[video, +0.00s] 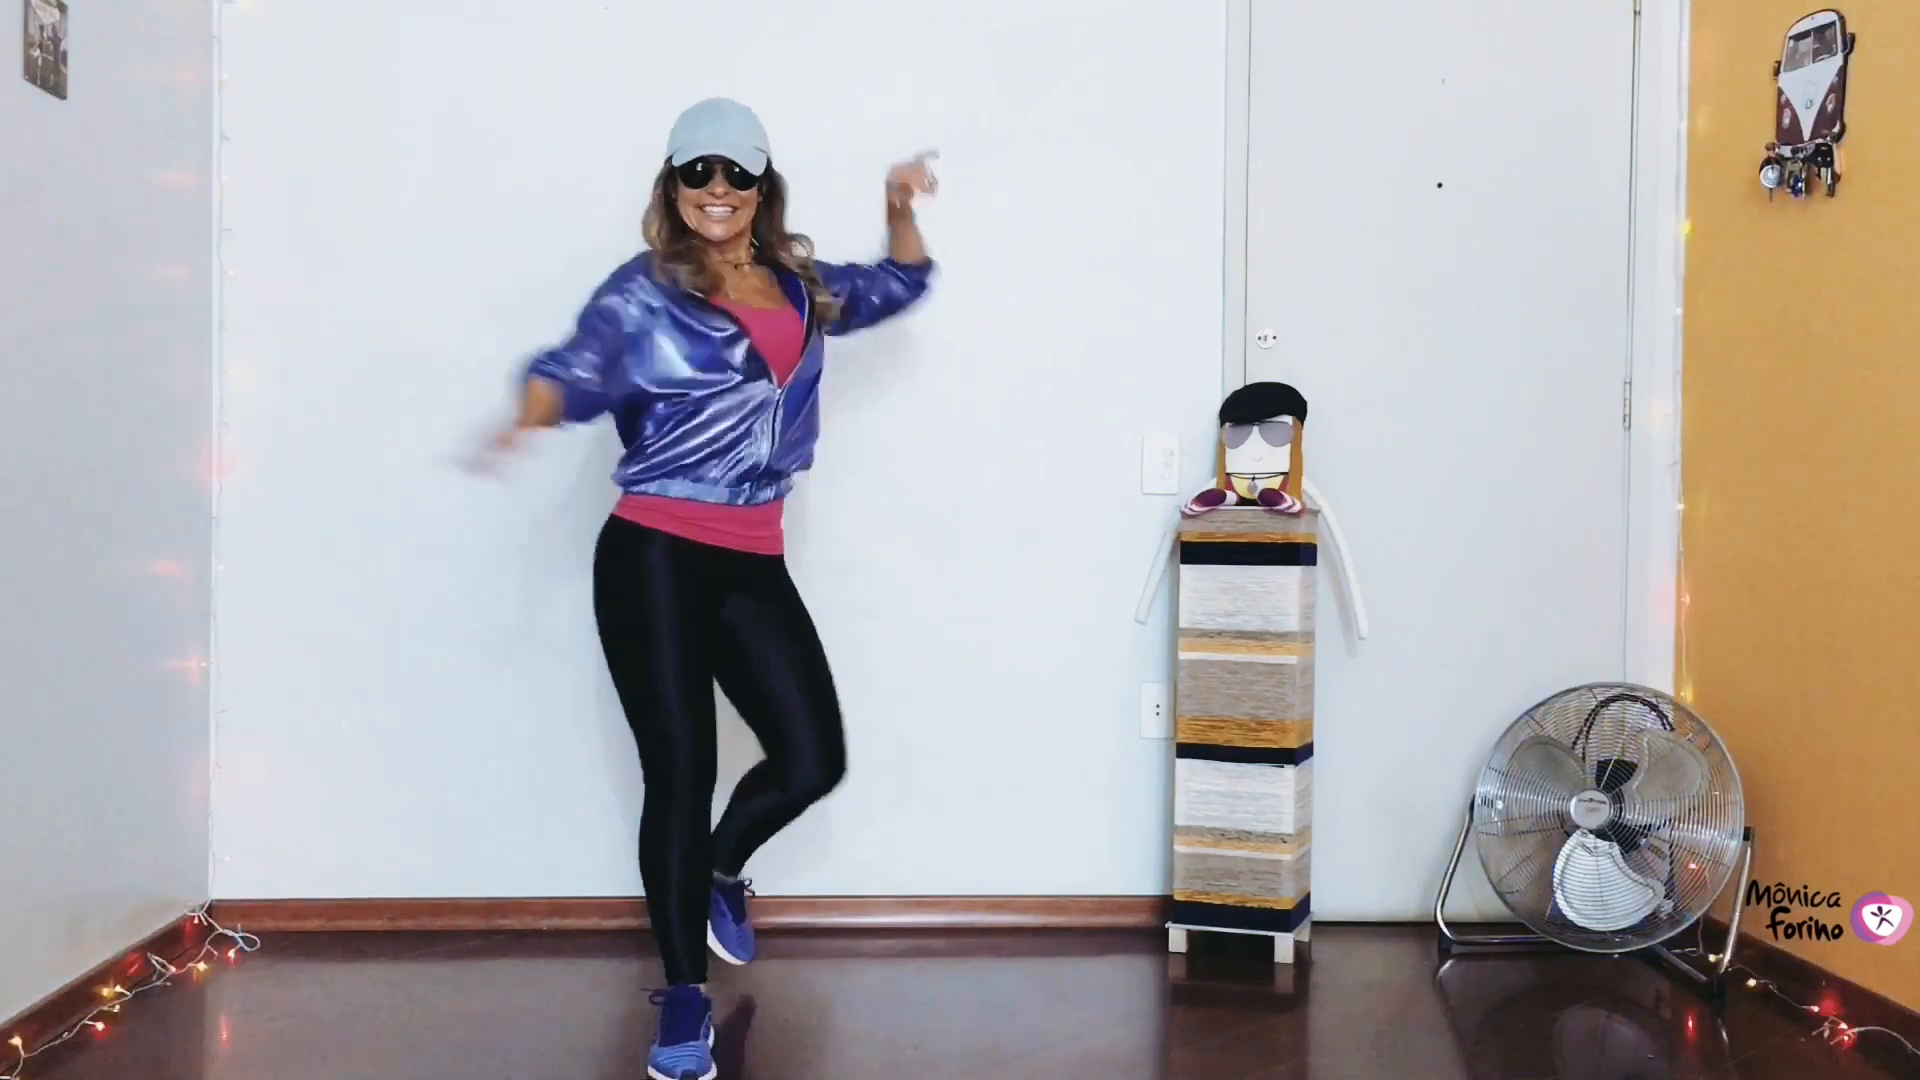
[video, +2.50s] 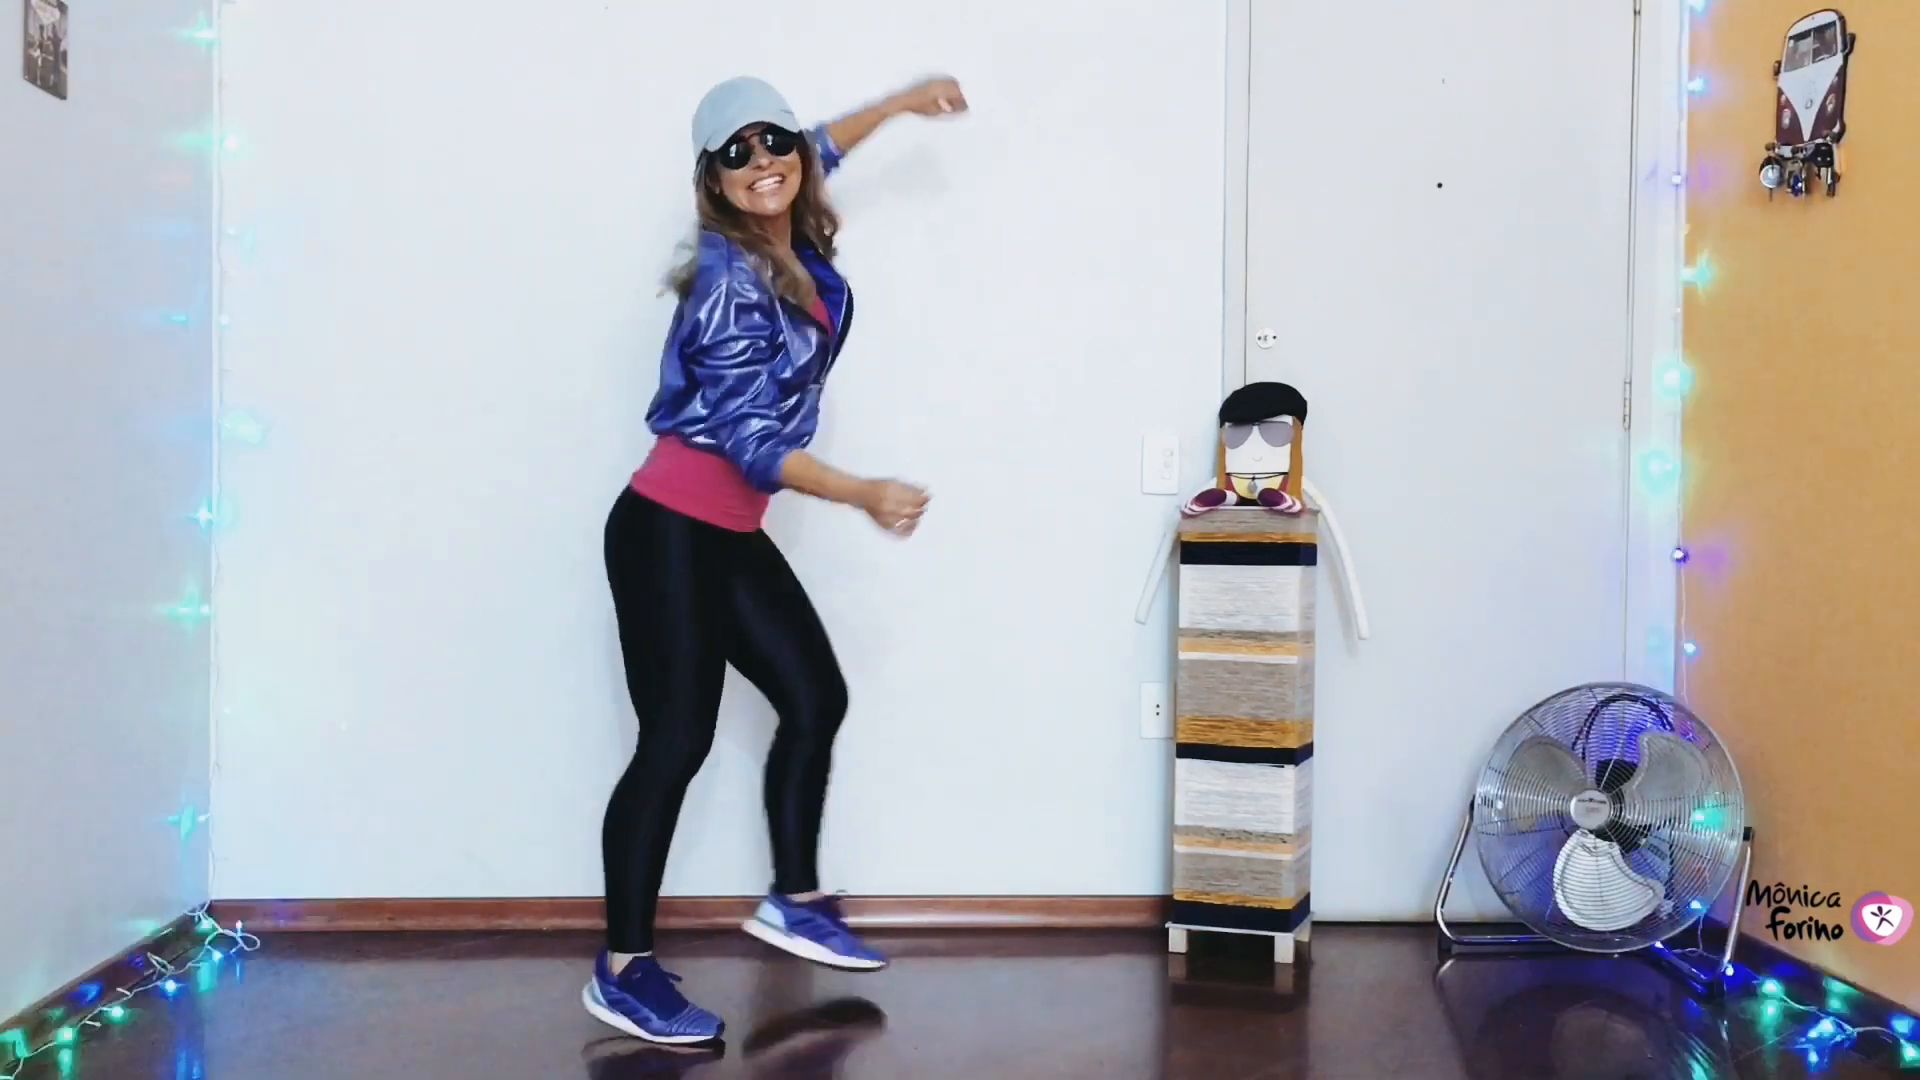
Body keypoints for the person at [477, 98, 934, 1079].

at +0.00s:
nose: (718, 194)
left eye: (737, 177)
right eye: (697, 177)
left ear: (764, 187)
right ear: (673, 190)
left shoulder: (796, 285)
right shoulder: (644, 295)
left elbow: (898, 286)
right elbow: (579, 371)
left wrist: (903, 210)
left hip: (750, 564)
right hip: (654, 557)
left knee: (812, 760)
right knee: (682, 776)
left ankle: (714, 862)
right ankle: (685, 995)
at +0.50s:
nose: (745, 143)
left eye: (769, 133)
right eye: (731, 124)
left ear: (799, 153)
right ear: (706, 135)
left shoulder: (791, 246)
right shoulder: (692, 236)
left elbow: (757, 362)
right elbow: (636, 202)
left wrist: (633, 331)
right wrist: (583, 146)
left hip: (784, 538)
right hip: (706, 536)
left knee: (764, 751)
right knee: (645, 729)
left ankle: (842, 981)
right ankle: (640, 960)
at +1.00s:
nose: (708, 215)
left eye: (732, 204)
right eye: (697, 194)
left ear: (758, 218)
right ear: (677, 199)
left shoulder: (743, 298)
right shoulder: (676, 271)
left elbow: (703, 439)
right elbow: (654, 168)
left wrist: (603, 456)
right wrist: (646, 53)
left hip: (746, 549)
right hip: (680, 548)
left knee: (684, 709)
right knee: (645, 718)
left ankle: (726, 935)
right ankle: (706, 918)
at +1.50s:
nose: (725, 190)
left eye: (746, 183)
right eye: (714, 171)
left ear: (764, 203)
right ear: (687, 179)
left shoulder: (756, 284)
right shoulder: (669, 266)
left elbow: (762, 419)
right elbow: (622, 175)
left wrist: (655, 440)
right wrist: (621, 77)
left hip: (758, 521)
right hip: (695, 532)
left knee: (726, 702)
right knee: (671, 714)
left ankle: (759, 919)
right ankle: (713, 912)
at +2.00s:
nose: (751, 198)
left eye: (772, 186)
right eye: (734, 183)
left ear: (798, 207)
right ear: (707, 203)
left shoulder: (845, 301)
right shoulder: (674, 326)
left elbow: (969, 343)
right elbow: (590, 440)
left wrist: (1001, 375)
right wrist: (469, 398)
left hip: (825, 577)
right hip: (723, 576)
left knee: (806, 773)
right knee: (614, 712)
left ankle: (821, 985)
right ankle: (687, 888)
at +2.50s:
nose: (760, 166)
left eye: (775, 148)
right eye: (737, 156)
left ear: (800, 162)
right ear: (714, 180)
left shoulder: (791, 239)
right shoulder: (730, 278)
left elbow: (814, 154)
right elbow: (750, 440)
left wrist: (900, 104)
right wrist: (864, 492)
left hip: (731, 532)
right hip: (665, 530)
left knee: (816, 698)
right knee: (674, 736)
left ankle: (795, 900)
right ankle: (622, 968)